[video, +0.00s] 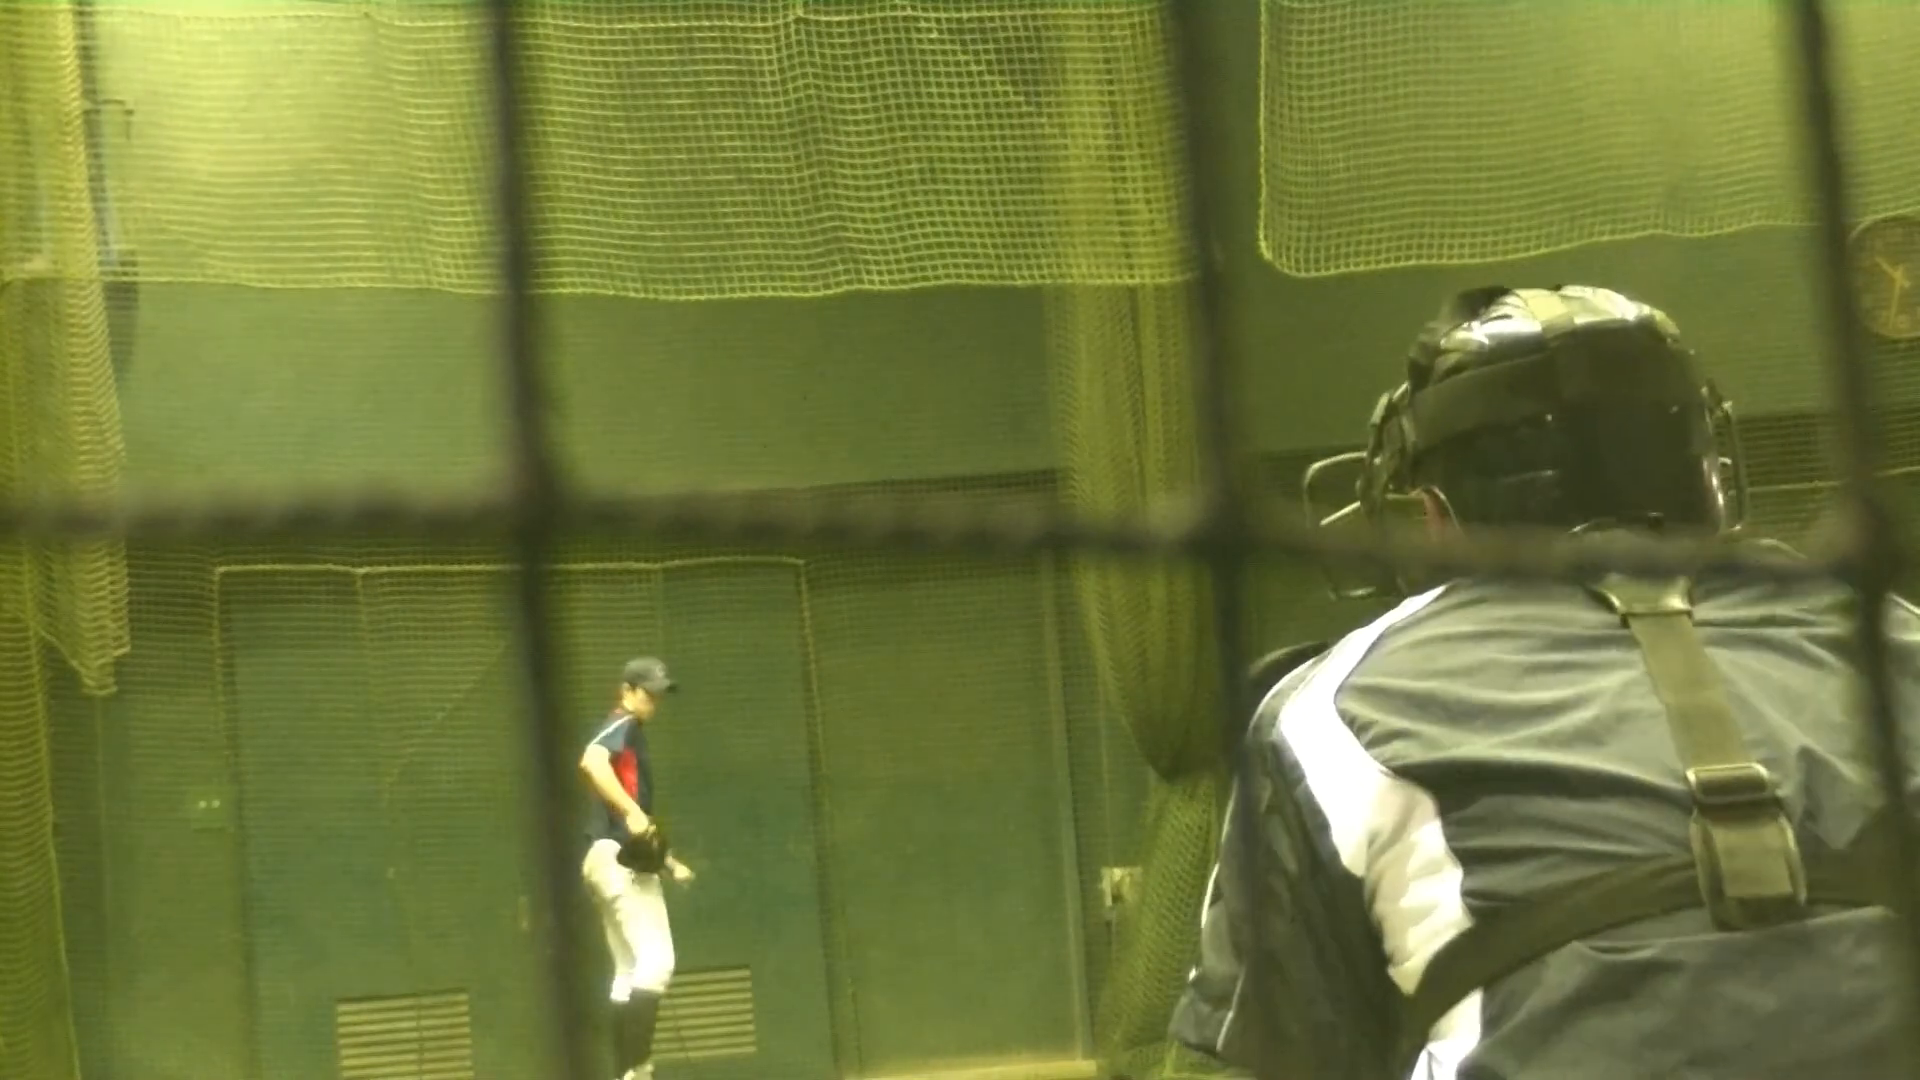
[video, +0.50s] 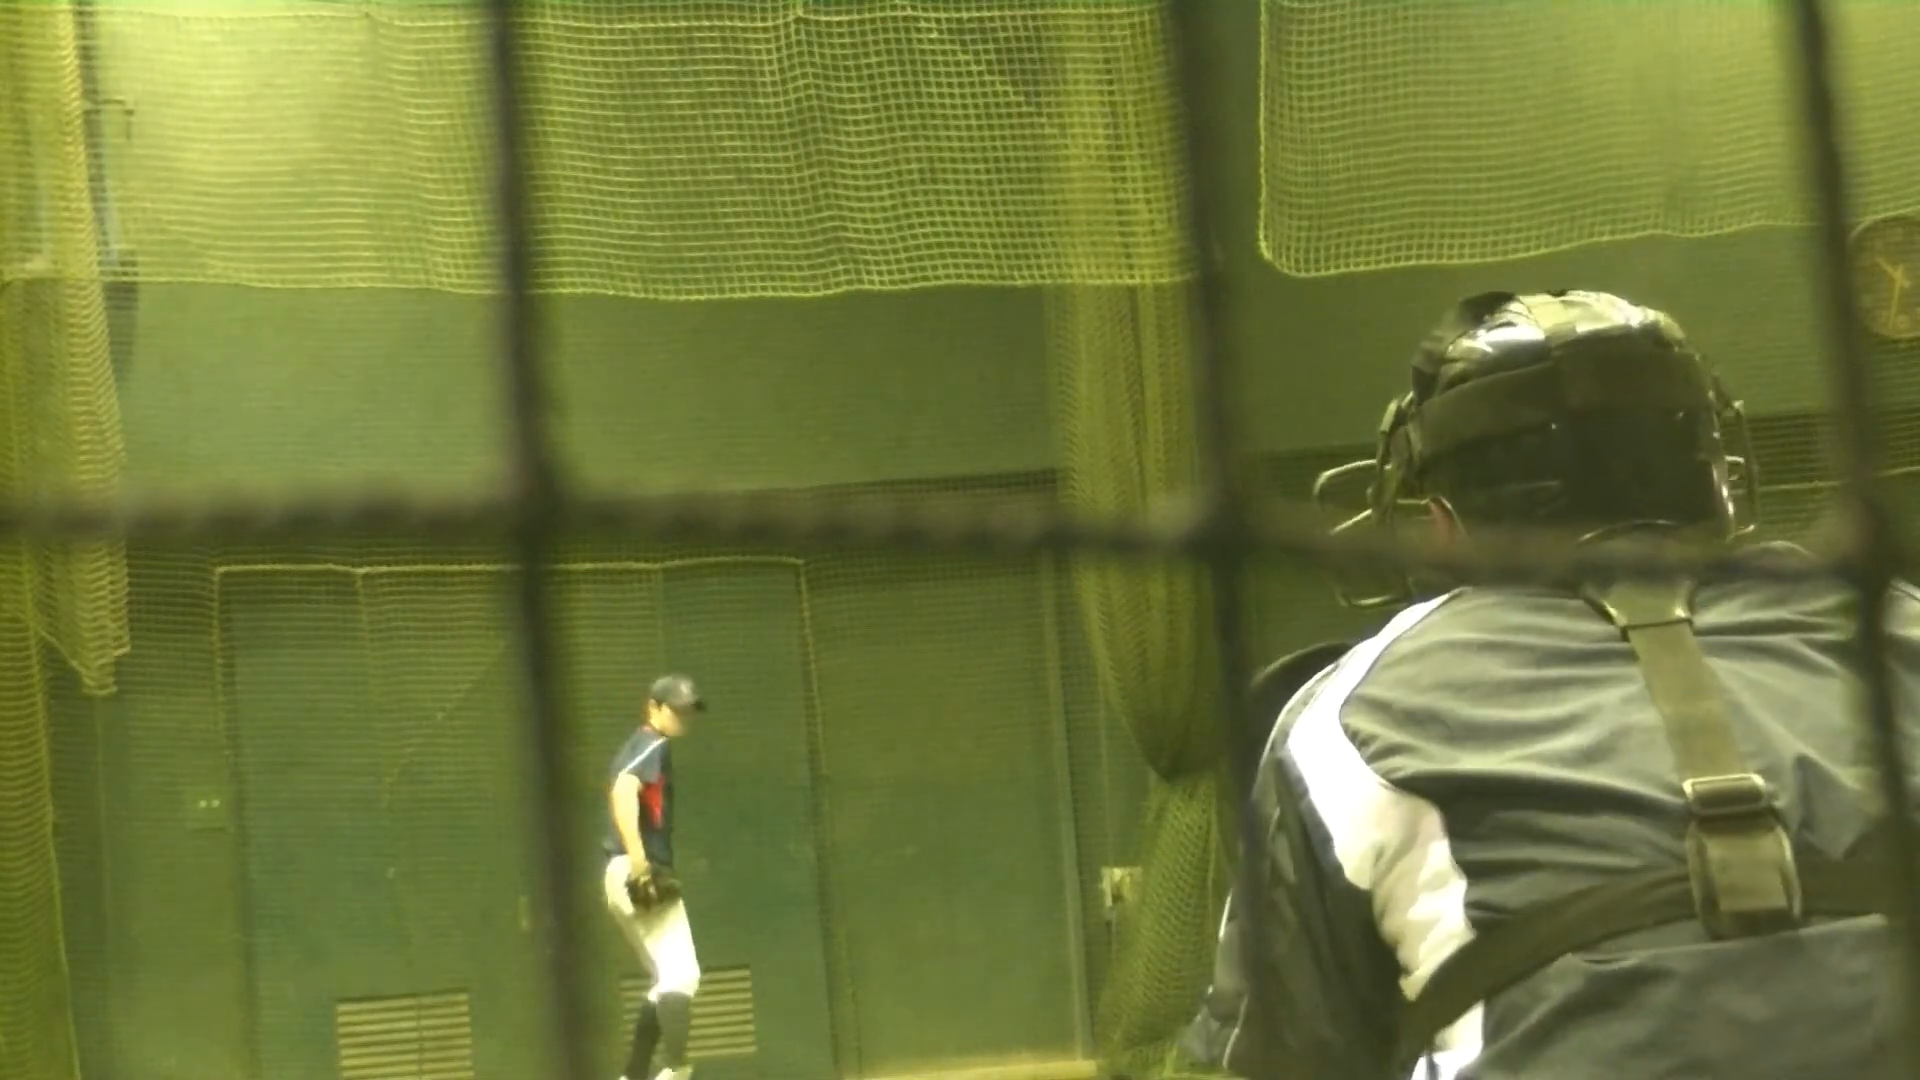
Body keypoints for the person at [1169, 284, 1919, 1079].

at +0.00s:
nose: (1392, 540)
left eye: (1396, 517)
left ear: (1434, 526)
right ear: (1709, 492)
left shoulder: (1322, 713)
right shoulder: (1886, 625)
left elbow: (1272, 1052)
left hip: (1573, 1024)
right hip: (1886, 1011)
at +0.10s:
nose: (1396, 538)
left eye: (1398, 515)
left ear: (1436, 523)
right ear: (1712, 486)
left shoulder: (1316, 713)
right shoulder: (1887, 622)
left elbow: (1273, 1051)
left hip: (1562, 1025)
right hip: (1884, 1008)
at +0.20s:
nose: (1389, 540)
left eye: (1393, 516)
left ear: (1437, 527)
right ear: (1716, 487)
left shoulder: (1319, 722)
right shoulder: (1891, 625)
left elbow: (1281, 1055)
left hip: (1567, 1021)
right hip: (1888, 1009)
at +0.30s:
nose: (1400, 540)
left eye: (1403, 517)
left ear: (1441, 527)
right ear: (1718, 489)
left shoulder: (1324, 722)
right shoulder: (1892, 626)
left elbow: (1280, 1053)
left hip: (1572, 1021)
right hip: (1888, 1007)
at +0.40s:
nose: (1400, 543)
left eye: (1403, 519)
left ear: (1440, 530)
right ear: (1718, 487)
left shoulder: (1331, 723)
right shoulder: (1891, 619)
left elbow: (1284, 1053)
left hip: (1572, 1020)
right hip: (1887, 1007)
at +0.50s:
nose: (1404, 544)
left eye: (1406, 520)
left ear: (1442, 533)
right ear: (1719, 490)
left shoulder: (1335, 722)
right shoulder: (1894, 621)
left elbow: (1284, 1052)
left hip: (1575, 1024)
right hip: (1890, 1009)